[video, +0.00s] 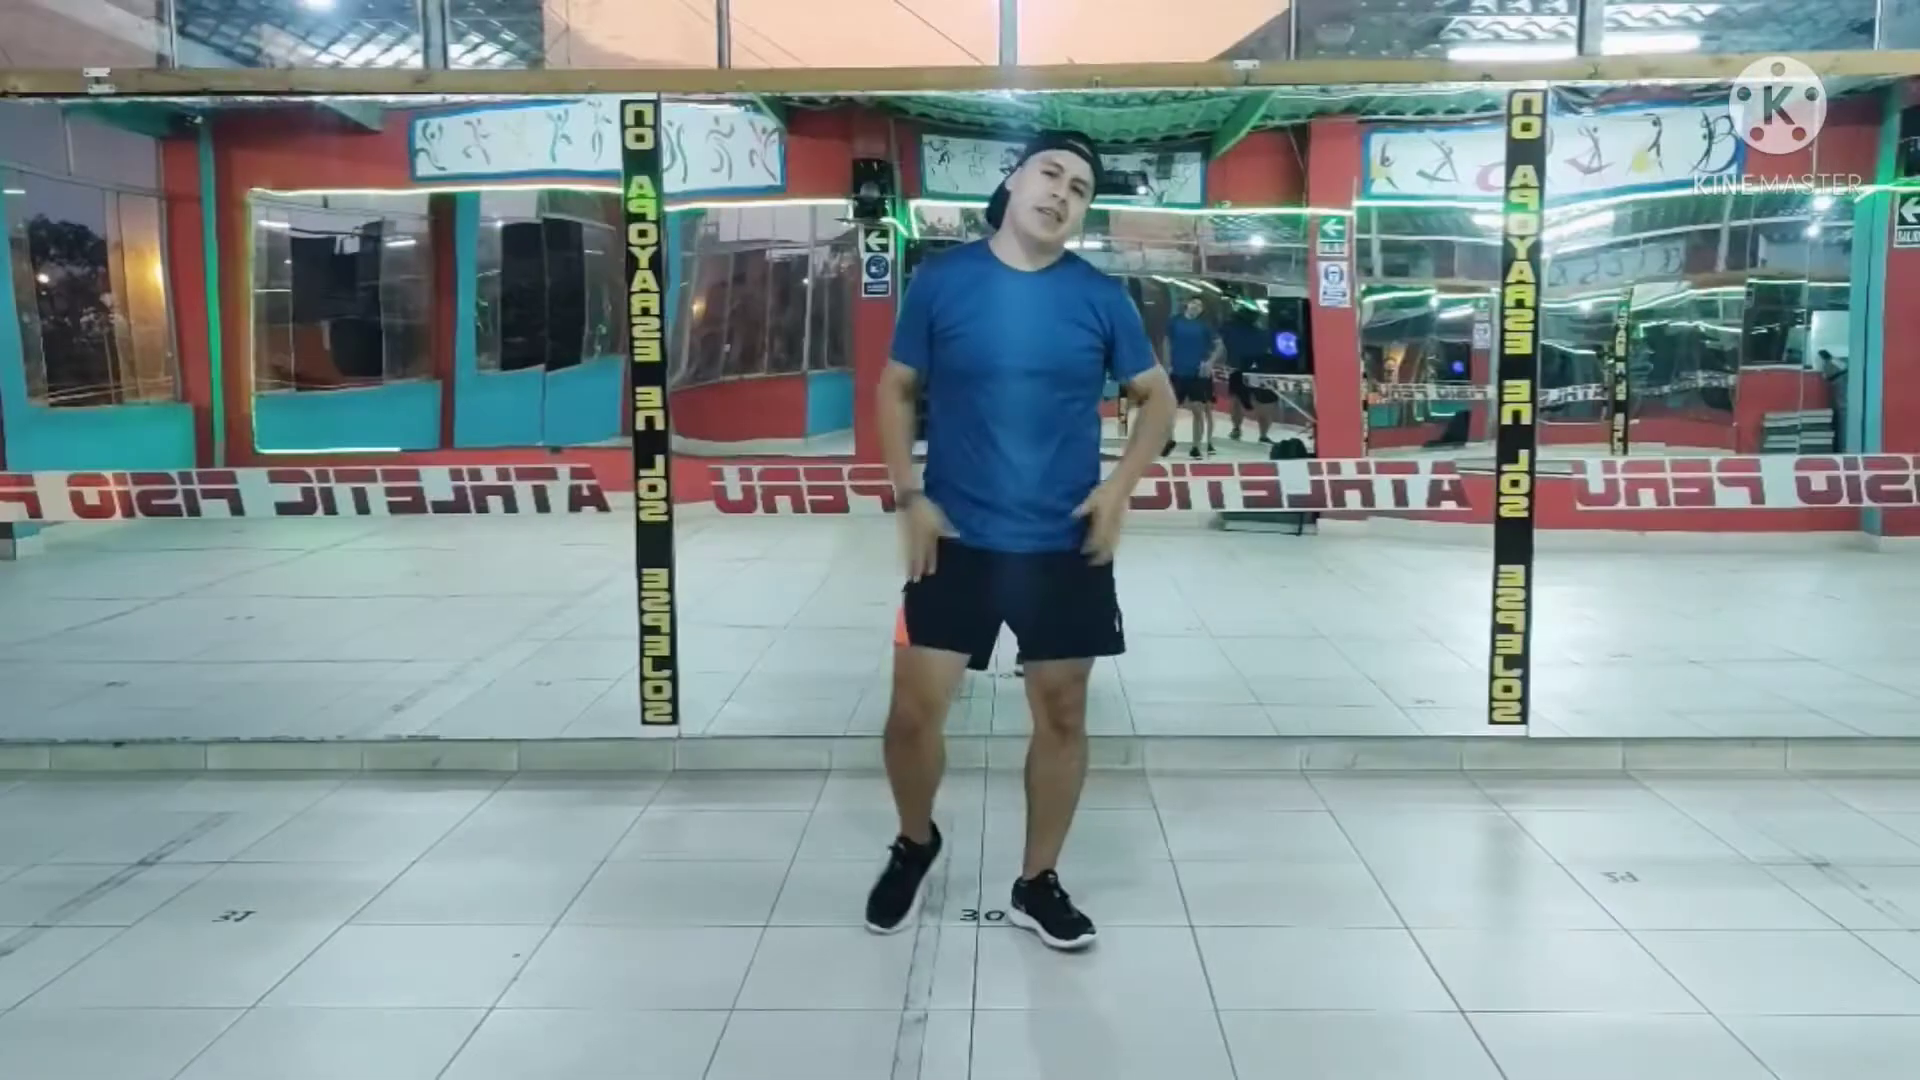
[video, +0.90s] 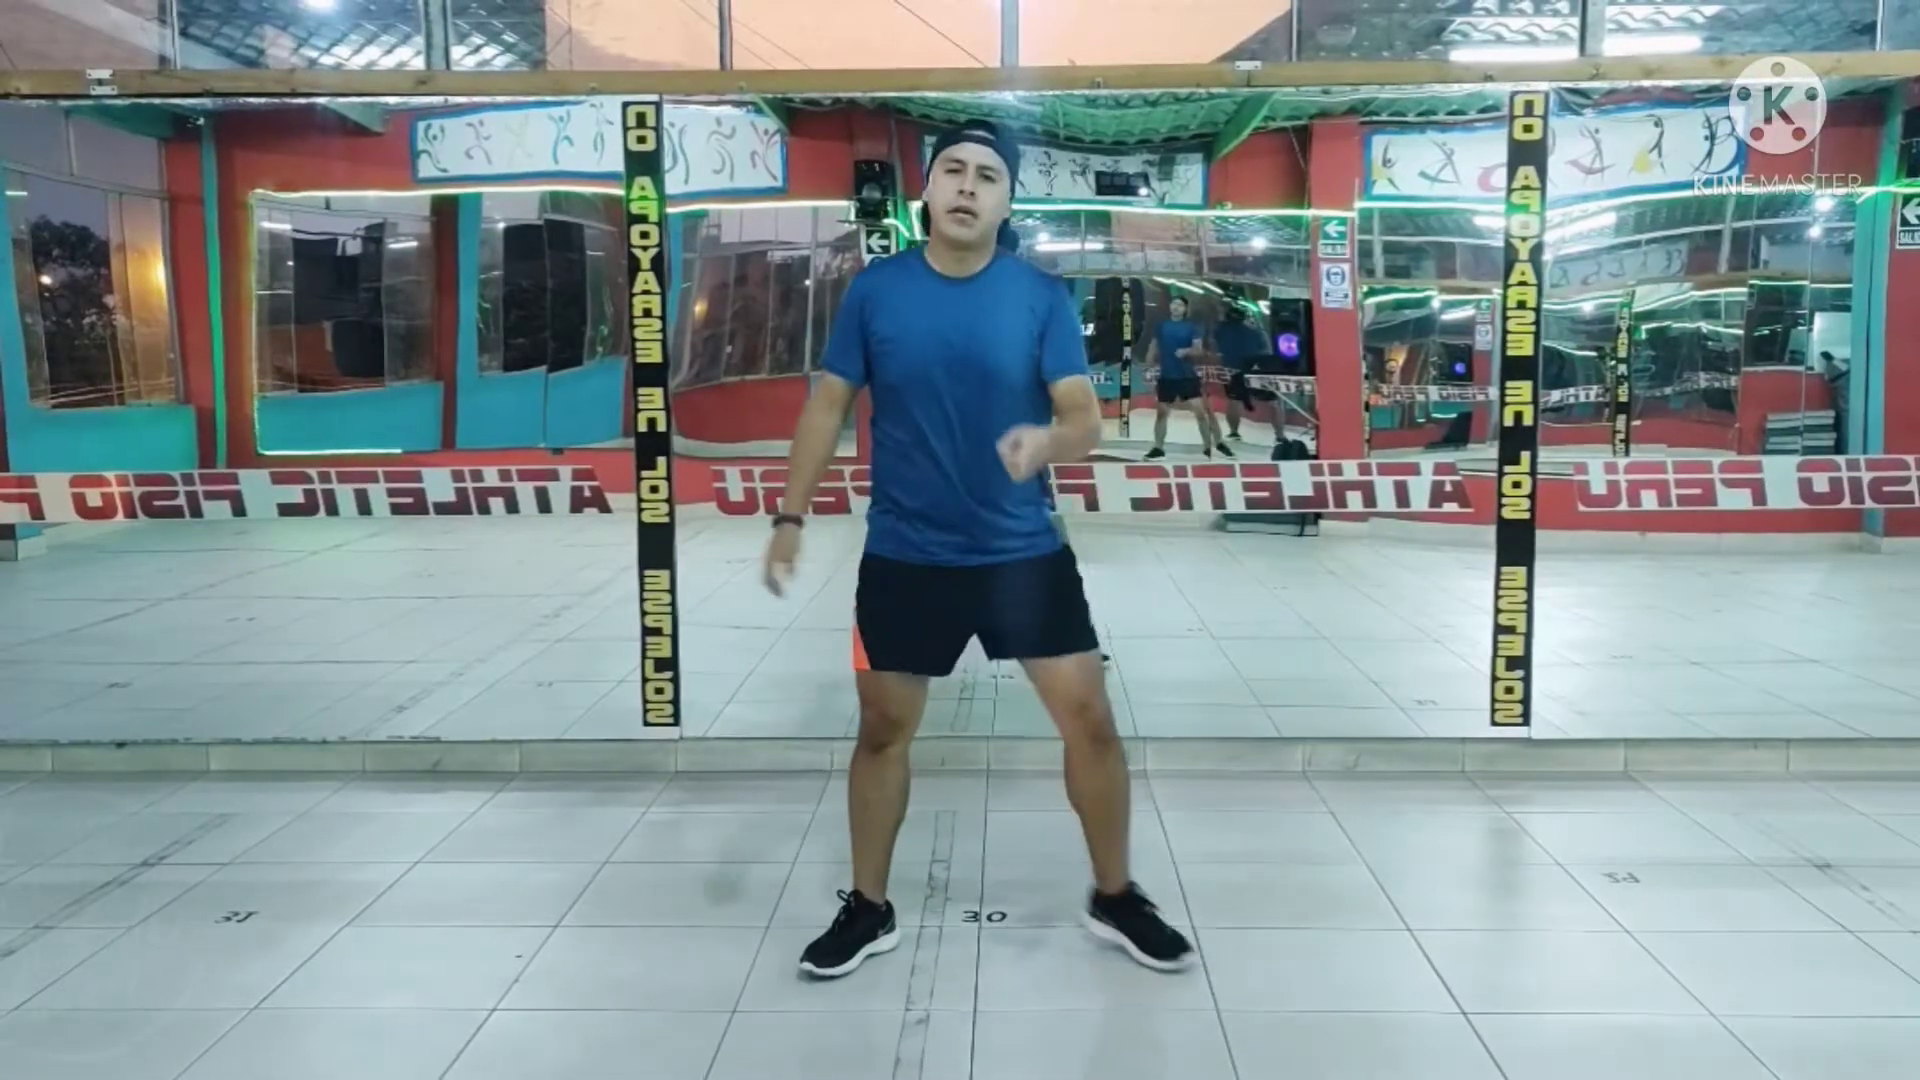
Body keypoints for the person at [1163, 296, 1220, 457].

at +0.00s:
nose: (1195, 308)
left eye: (1198, 306)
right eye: (1193, 304)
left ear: (1201, 309)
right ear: (1187, 305)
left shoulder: (1204, 325)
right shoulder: (1174, 322)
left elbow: (1219, 346)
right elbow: (1166, 342)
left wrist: (1209, 363)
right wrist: (1167, 364)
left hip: (1197, 373)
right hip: (1177, 372)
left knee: (1197, 410)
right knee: (1168, 407)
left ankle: (1196, 445)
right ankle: (1169, 438)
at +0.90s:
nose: (1176, 308)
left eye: (1180, 305)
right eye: (1174, 305)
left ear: (1185, 309)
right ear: (1169, 307)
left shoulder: (1192, 328)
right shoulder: (1162, 327)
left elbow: (1199, 350)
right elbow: (1153, 347)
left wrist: (1187, 352)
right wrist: (1149, 364)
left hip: (1188, 376)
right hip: (1167, 376)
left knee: (1200, 412)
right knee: (1162, 412)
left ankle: (1208, 446)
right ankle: (1158, 447)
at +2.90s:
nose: (1182, 309)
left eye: (1186, 307)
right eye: (1180, 306)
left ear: (1192, 310)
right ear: (1176, 308)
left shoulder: (1199, 328)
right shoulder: (1169, 328)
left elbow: (1204, 350)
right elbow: (1162, 348)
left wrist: (1190, 343)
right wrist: (1158, 368)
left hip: (1192, 379)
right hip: (1172, 378)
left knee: (1203, 416)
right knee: (1166, 415)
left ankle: (1212, 450)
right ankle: (1162, 448)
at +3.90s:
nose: (1184, 312)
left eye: (1188, 309)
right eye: (1182, 308)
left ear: (1193, 313)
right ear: (1178, 310)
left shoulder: (1199, 330)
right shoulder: (1169, 328)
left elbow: (1206, 349)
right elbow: (1162, 347)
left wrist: (1202, 364)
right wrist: (1160, 367)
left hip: (1193, 379)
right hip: (1173, 378)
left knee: (1204, 415)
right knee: (1167, 414)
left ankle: (1214, 450)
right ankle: (1164, 448)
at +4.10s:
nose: (1184, 313)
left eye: (1188, 311)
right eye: (1182, 310)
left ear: (1193, 314)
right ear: (1177, 311)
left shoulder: (1198, 332)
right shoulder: (1169, 329)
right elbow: (1161, 347)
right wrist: (1158, 368)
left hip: (1191, 381)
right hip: (1171, 380)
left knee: (1205, 415)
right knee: (1166, 415)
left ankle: (1220, 448)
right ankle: (1164, 448)